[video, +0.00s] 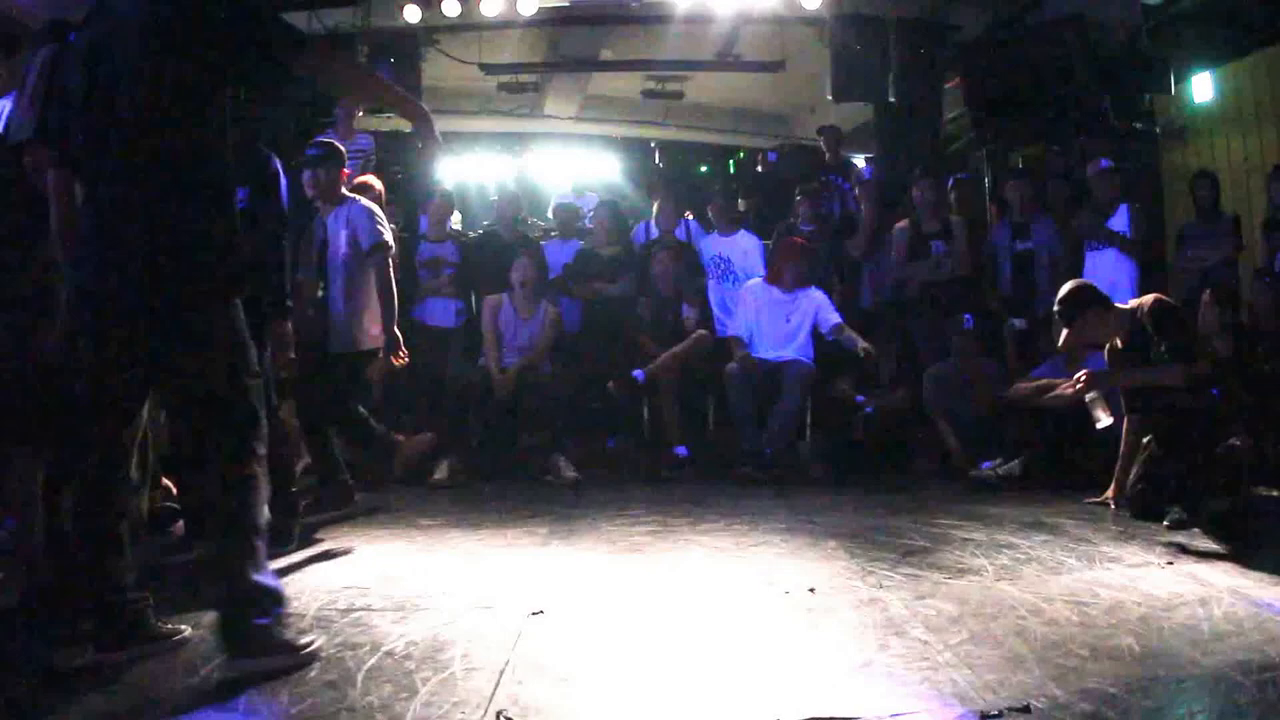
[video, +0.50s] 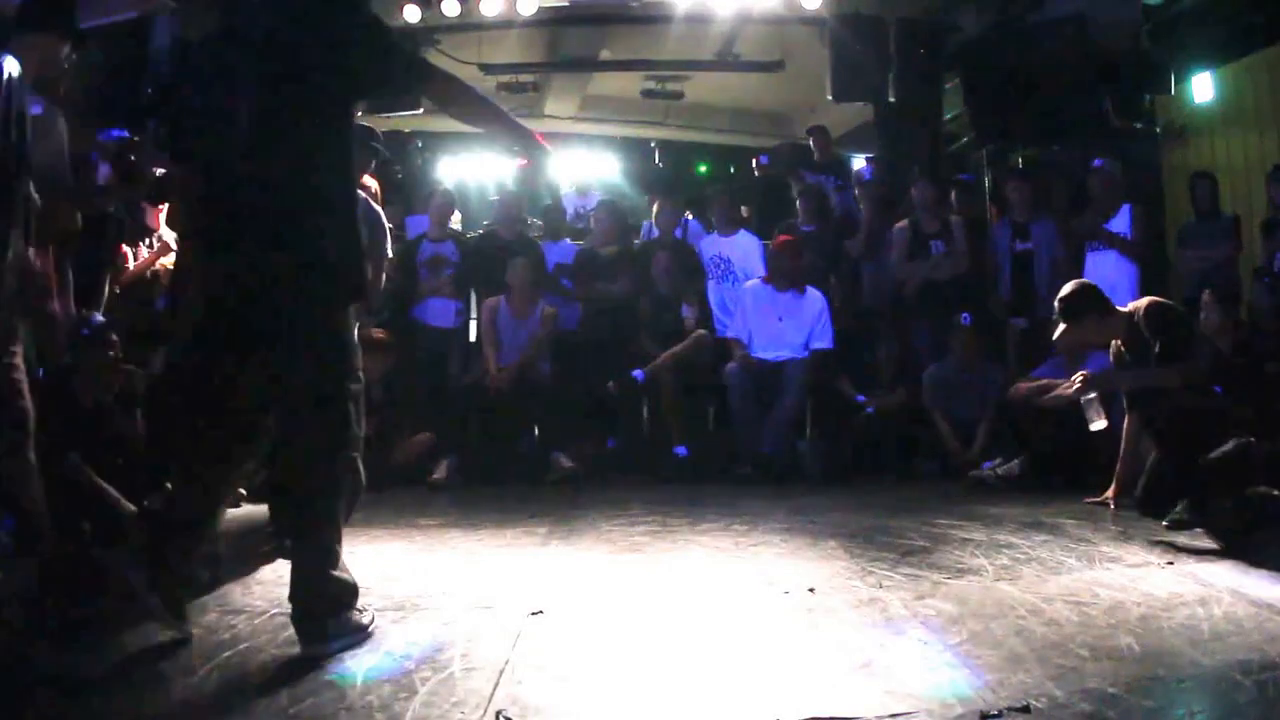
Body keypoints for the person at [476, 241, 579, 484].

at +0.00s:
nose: (522, 275)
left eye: (528, 269)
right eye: (517, 270)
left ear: (538, 276)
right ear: (510, 276)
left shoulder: (549, 312)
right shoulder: (493, 304)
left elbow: (542, 350)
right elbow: (490, 342)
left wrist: (516, 369)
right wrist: (496, 375)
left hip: (531, 370)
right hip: (499, 369)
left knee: (548, 395)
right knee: (474, 390)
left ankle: (557, 456)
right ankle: (455, 458)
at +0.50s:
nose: (519, 276)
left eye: (524, 271)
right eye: (515, 270)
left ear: (534, 277)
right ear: (508, 276)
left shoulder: (546, 312)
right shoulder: (491, 307)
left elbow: (538, 347)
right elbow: (488, 342)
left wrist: (513, 371)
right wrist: (493, 371)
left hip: (532, 375)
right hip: (499, 375)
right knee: (469, 393)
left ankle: (554, 453)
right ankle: (453, 457)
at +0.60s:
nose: (519, 279)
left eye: (524, 274)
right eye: (515, 273)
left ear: (534, 277)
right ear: (507, 276)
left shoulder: (545, 311)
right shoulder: (491, 307)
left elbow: (535, 344)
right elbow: (488, 342)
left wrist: (510, 366)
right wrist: (493, 368)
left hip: (531, 372)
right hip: (501, 372)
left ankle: (550, 453)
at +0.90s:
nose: (517, 276)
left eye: (522, 270)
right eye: (512, 271)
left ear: (534, 273)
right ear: (505, 274)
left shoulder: (545, 311)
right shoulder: (492, 307)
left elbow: (539, 348)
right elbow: (488, 342)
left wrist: (513, 369)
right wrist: (495, 368)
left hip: (532, 374)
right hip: (502, 374)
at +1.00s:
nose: (516, 277)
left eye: (521, 271)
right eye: (511, 271)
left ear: (533, 274)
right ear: (504, 275)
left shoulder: (545, 312)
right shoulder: (491, 307)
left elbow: (538, 347)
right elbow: (488, 341)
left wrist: (513, 369)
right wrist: (495, 368)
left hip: (529, 370)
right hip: (499, 370)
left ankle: (551, 453)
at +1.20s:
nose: (514, 275)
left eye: (521, 270)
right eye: (511, 270)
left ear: (533, 274)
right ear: (505, 273)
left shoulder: (545, 312)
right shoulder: (492, 307)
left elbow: (535, 349)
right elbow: (487, 341)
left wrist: (508, 370)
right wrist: (493, 369)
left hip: (529, 371)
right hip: (499, 370)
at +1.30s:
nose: (515, 275)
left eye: (521, 270)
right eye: (510, 269)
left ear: (533, 276)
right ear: (503, 275)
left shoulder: (544, 312)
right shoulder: (492, 309)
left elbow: (535, 350)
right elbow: (486, 344)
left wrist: (505, 372)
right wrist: (491, 369)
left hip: (530, 375)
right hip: (499, 374)